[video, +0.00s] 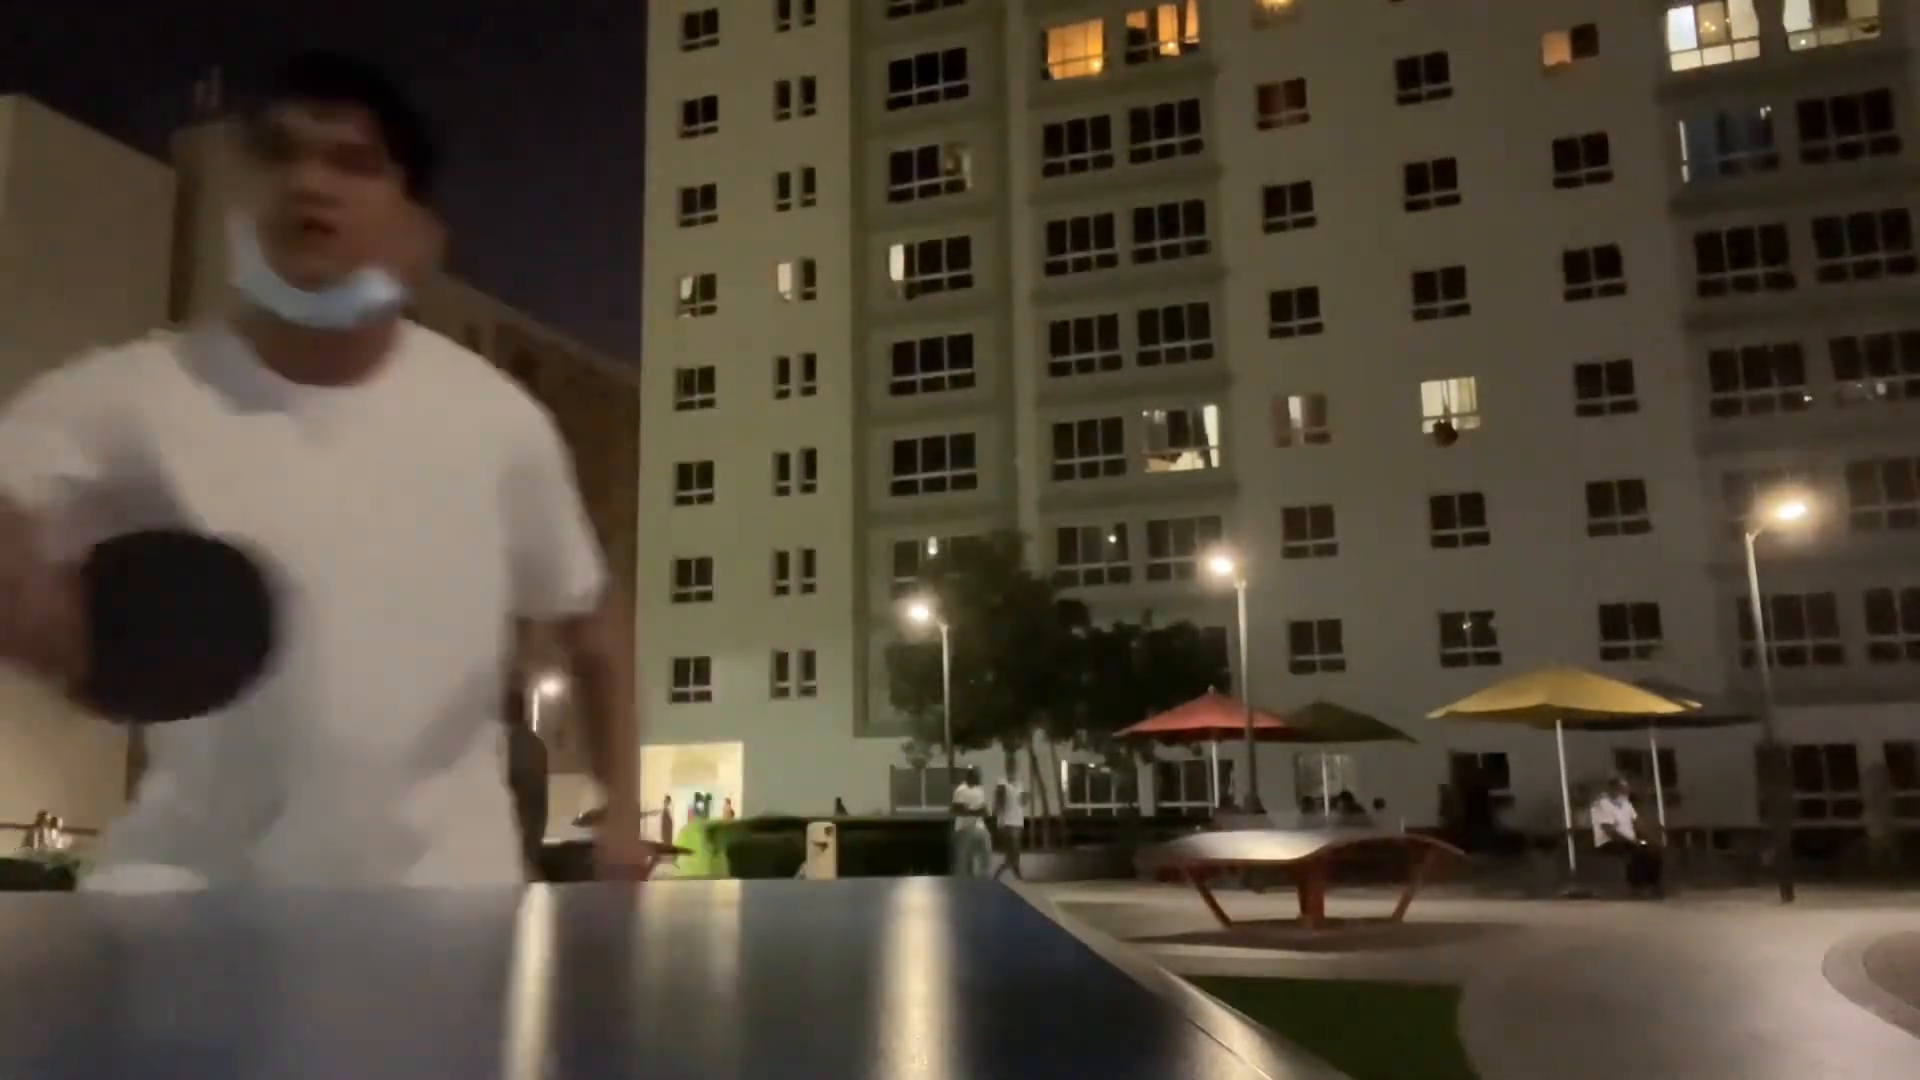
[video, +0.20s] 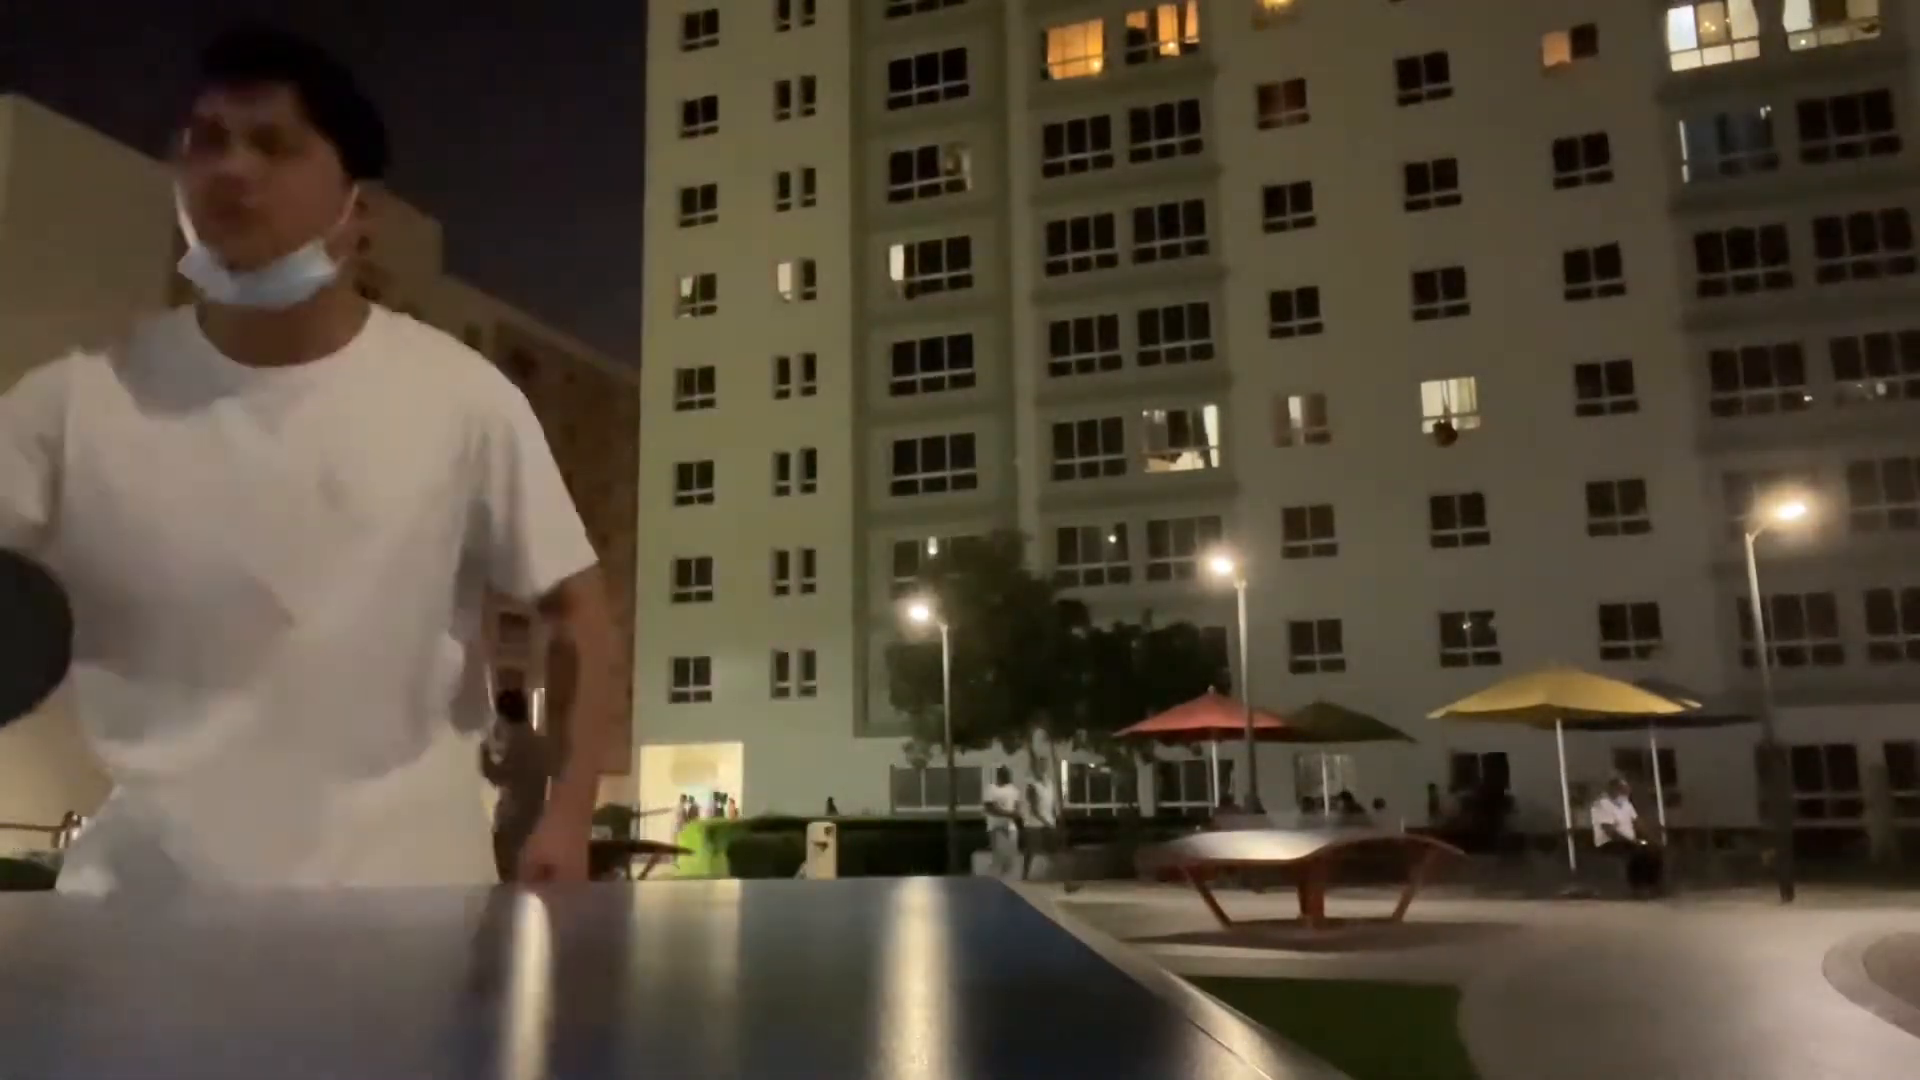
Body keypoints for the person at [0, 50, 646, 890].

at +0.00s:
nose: (310, 184)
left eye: (352, 163)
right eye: (281, 155)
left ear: (420, 230)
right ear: (241, 196)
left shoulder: (496, 424)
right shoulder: (132, 401)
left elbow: (590, 622)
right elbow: (9, 517)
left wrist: (620, 815)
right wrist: (62, 626)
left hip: (437, 893)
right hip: (192, 894)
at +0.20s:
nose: (229, 168)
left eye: (272, 145)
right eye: (206, 140)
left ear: (353, 207)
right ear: (175, 176)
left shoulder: (463, 400)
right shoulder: (70, 409)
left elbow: (584, 614)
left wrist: (569, 814)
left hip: (400, 892)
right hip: (150, 898)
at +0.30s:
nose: (141, 223)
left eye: (185, 191)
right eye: (134, 191)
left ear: (297, 219)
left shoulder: (422, 418)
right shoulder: (48, 433)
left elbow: (565, 615)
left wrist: (565, 843)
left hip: (392, 922)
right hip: (134, 925)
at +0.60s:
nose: (4, 166)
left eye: (32, 129)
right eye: (5, 130)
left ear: (132, 180)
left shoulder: (240, 385)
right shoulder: (12, 376)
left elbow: (418, 588)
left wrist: (438, 804)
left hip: (259, 905)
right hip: (34, 907)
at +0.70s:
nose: (162, 158)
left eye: (206, 133)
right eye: (140, 129)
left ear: (283, 173)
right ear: (111, 155)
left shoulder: (392, 400)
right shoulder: (23, 388)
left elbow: (526, 621)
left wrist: (518, 835)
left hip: (327, 913)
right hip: (64, 908)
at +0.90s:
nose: (238, 151)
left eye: (281, 127)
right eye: (215, 123)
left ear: (369, 189)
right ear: (178, 161)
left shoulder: (468, 394)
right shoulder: (87, 382)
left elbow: (587, 603)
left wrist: (581, 810)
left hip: (394, 897)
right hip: (139, 894)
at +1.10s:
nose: (2, 161)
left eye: (37, 133)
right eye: (4, 128)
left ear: (136, 186)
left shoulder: (239, 387)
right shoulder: (13, 373)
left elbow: (407, 584)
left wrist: (423, 809)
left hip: (255, 890)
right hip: (40, 895)